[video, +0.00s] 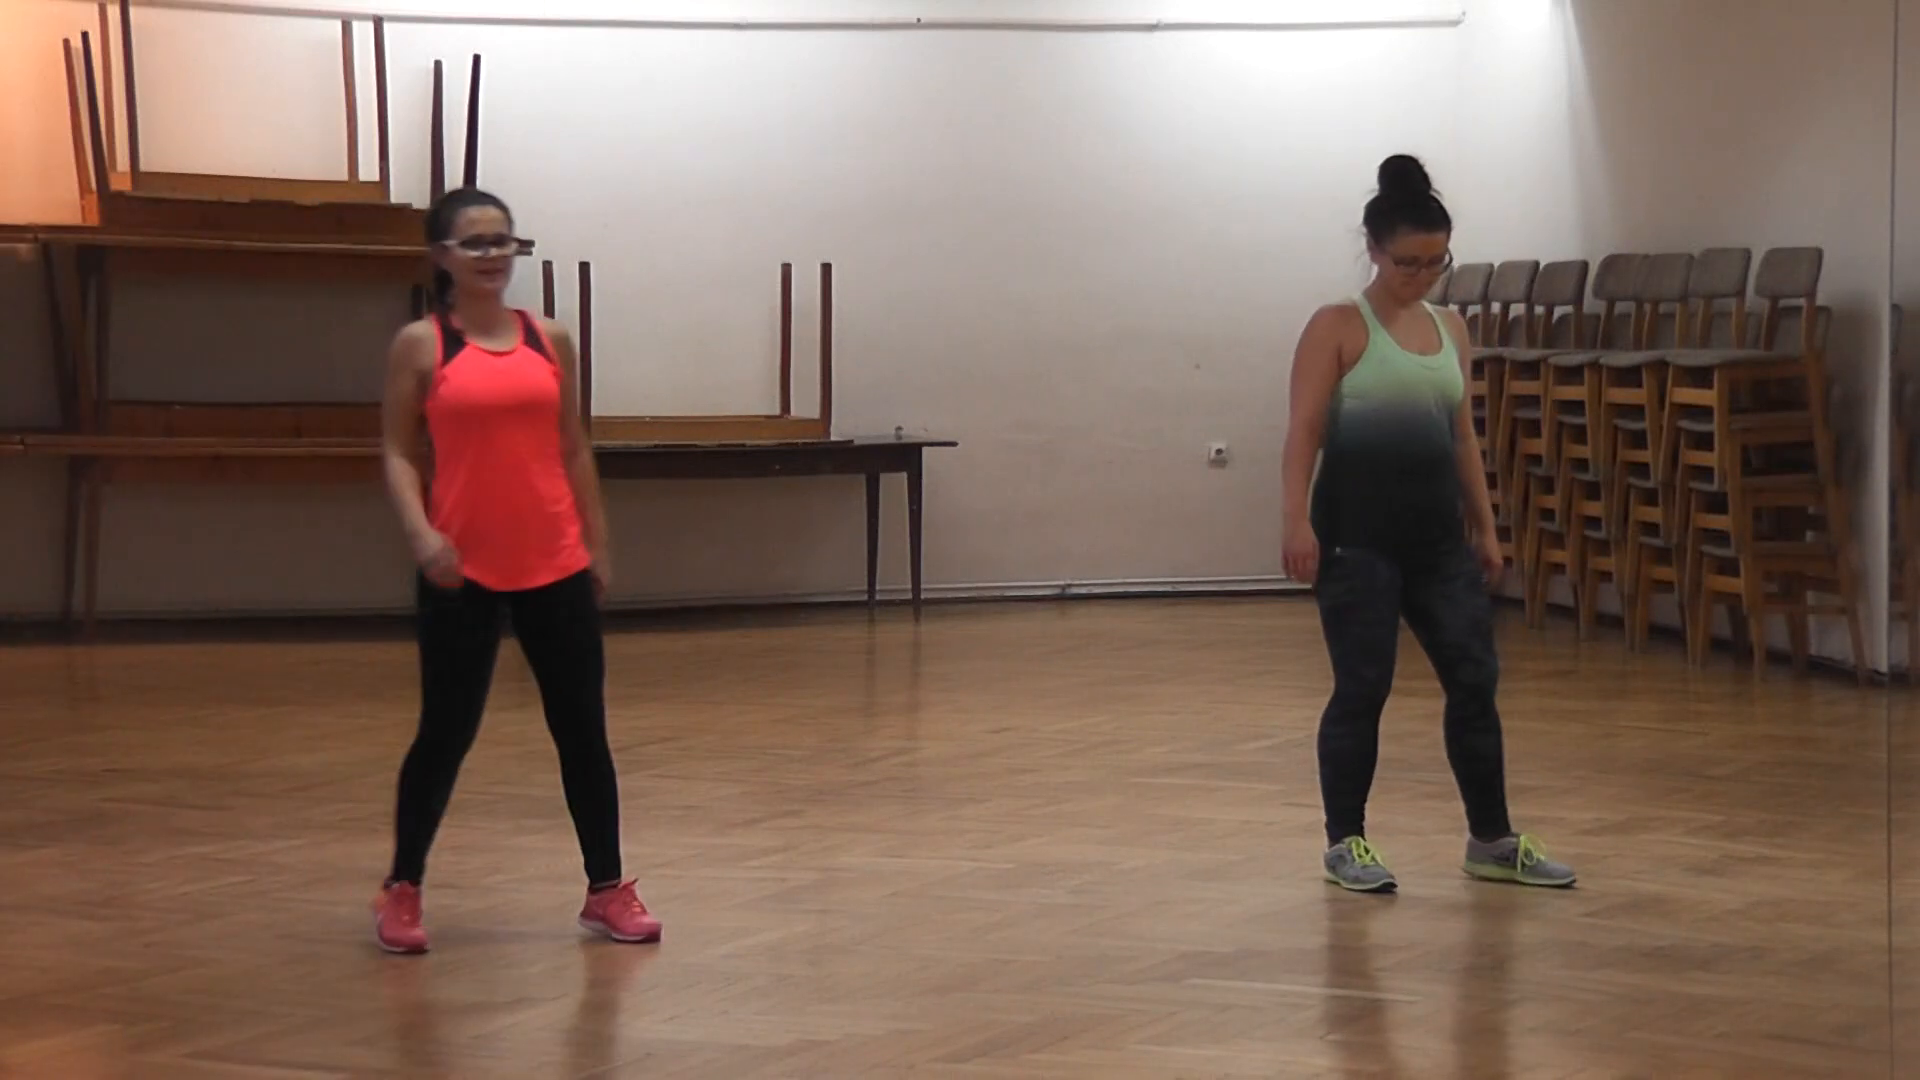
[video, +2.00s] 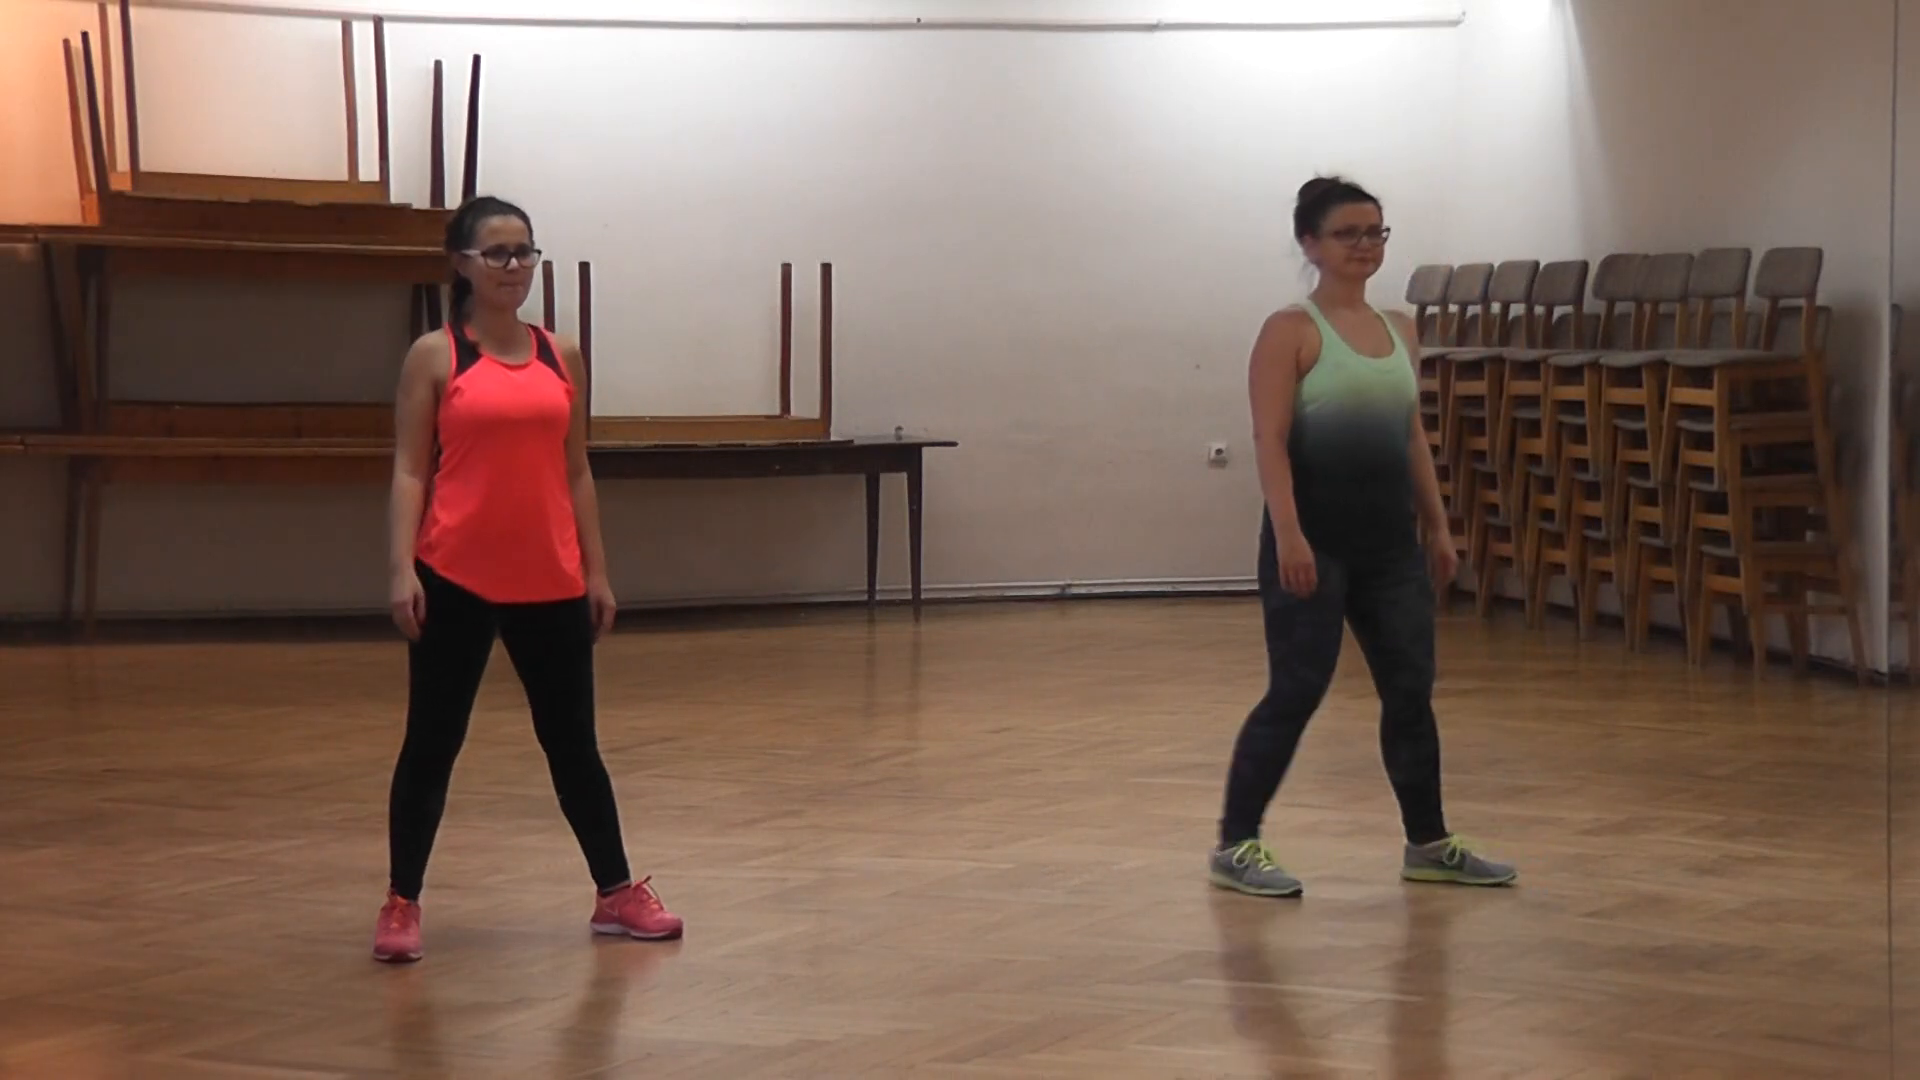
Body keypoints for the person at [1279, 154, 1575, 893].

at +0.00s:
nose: (1422, 277)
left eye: (1434, 263)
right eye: (1407, 262)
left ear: (1447, 252)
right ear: (1372, 249)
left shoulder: (1448, 328)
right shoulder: (1335, 328)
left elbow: (1464, 437)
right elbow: (1305, 432)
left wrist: (1485, 528)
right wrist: (1295, 524)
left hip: (1439, 544)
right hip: (1357, 545)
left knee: (1474, 682)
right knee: (1361, 690)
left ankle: (1492, 841)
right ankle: (1345, 842)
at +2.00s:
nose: (1368, 245)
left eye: (1376, 233)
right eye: (1350, 234)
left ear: (1384, 240)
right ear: (1312, 243)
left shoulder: (1398, 331)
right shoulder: (1289, 332)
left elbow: (1412, 434)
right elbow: (1270, 444)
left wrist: (1437, 525)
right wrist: (1288, 535)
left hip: (1390, 543)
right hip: (1308, 546)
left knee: (1410, 693)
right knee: (1295, 692)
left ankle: (1429, 843)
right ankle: (1235, 844)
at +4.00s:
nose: (1302, 242)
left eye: (1307, 228)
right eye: (1282, 235)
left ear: (1320, 235)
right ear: (1250, 253)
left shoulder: (1355, 332)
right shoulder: (1227, 332)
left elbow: (1387, 437)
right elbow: (1202, 438)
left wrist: (1422, 515)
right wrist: (1188, 530)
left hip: (1347, 546)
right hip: (1257, 546)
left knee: (1355, 699)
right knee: (1231, 695)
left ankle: (1358, 848)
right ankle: (1184, 846)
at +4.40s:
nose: (1275, 274)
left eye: (1283, 255)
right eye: (1260, 267)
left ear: (1321, 236)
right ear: (1253, 269)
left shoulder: (1385, 322)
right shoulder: (1260, 336)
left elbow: (1420, 425)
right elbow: (1243, 434)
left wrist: (1372, 482)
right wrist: (1184, 499)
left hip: (1374, 541)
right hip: (1285, 542)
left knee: (1364, 698)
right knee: (1259, 691)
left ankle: (1362, 848)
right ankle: (1223, 847)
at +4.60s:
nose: (1255, 258)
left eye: (1265, 241)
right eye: (1244, 248)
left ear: (1307, 225)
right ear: (1238, 249)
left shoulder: (1363, 307)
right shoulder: (1254, 314)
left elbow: (1370, 409)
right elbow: (1268, 409)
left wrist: (1270, 427)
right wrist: (1205, 452)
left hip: (1367, 518)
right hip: (1283, 519)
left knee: (1377, 678)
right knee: (1259, 675)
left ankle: (1403, 836)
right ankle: (1265, 834)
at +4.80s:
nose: (1230, 285)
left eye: (1241, 269)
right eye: (1219, 273)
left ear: (1282, 256)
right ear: (1211, 270)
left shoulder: (1326, 341)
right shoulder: (1217, 348)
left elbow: (1347, 450)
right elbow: (1218, 444)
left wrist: (1275, 524)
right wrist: (1156, 505)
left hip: (1331, 548)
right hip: (1248, 547)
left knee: (1341, 693)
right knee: (1245, 704)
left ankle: (1409, 835)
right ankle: (1294, 846)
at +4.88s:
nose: (1211, 280)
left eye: (1223, 265)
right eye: (1200, 268)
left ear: (1263, 254)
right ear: (1191, 264)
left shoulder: (1309, 338)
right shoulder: (1196, 340)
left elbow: (1344, 447)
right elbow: (1187, 437)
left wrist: (1334, 540)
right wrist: (1137, 481)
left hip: (1305, 552)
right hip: (1229, 553)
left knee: (1296, 690)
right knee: (1239, 700)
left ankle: (1372, 814)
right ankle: (1291, 845)